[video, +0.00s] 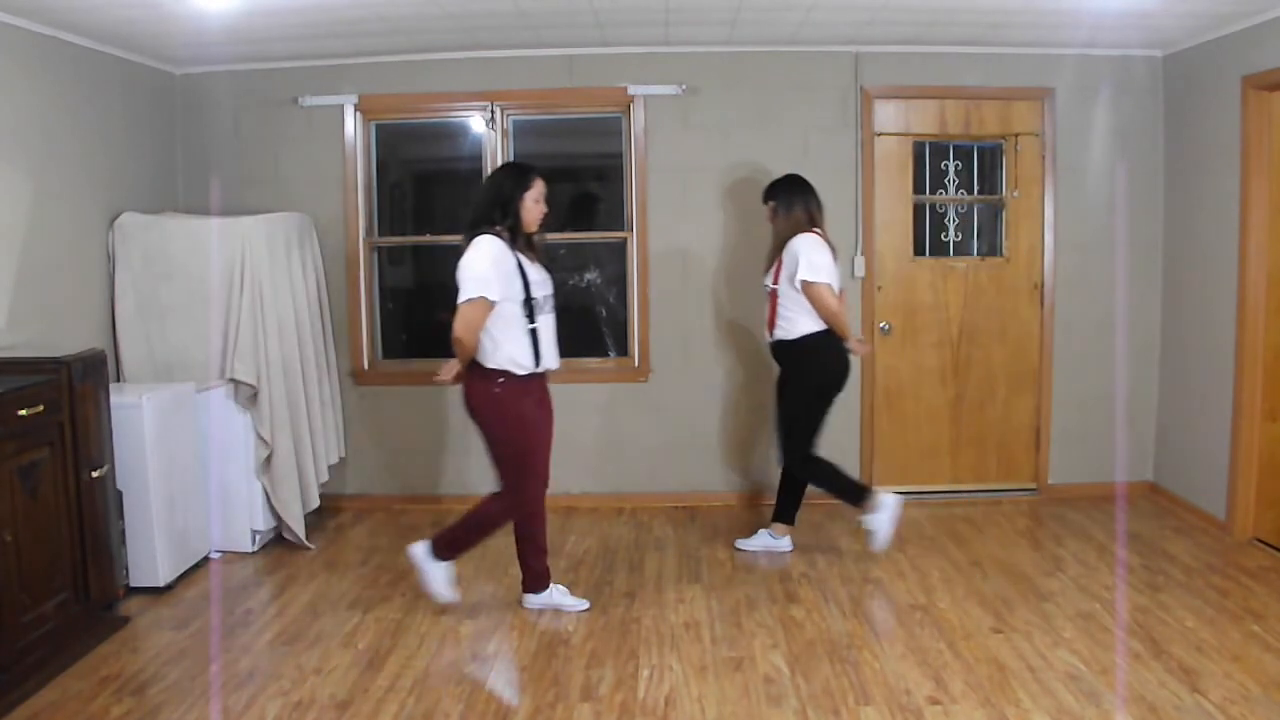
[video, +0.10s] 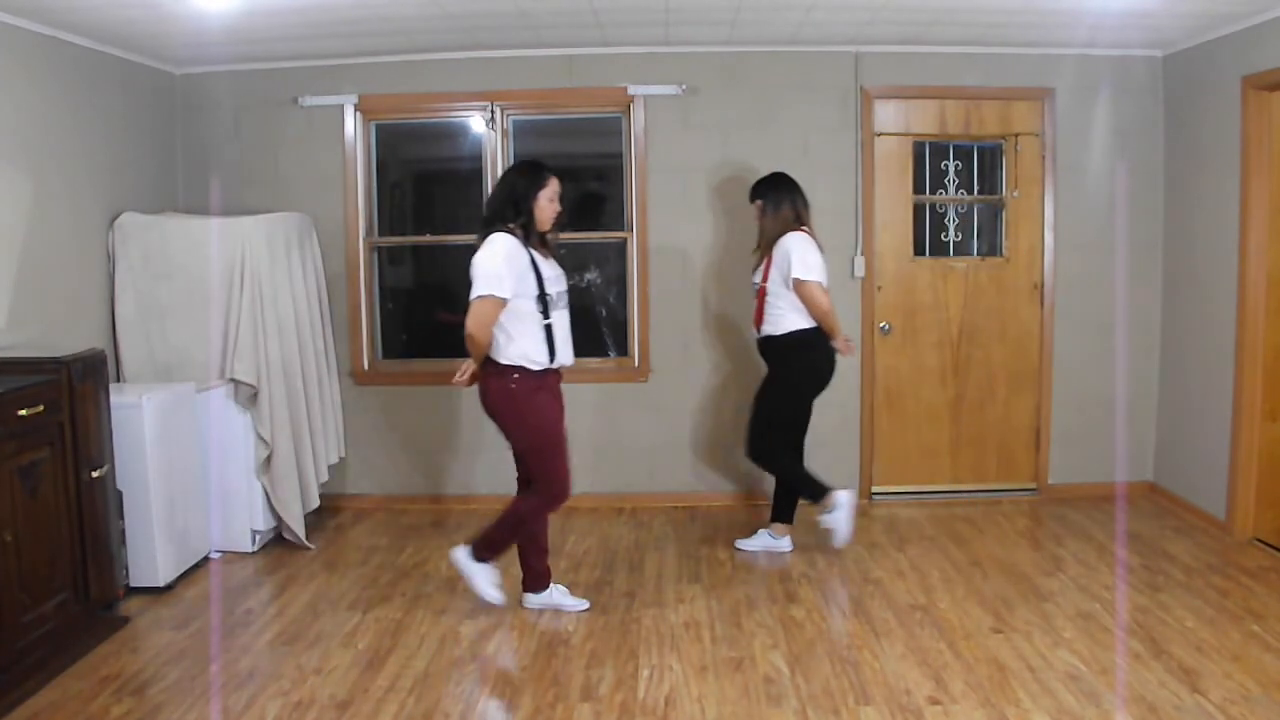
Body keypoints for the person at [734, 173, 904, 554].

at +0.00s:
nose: (769, 219)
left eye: (773, 211)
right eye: (769, 212)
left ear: (790, 209)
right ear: (804, 208)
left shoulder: (805, 244)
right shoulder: (808, 244)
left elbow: (821, 296)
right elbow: (837, 294)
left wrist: (847, 337)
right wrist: (844, 335)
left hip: (811, 355)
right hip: (807, 355)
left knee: (797, 453)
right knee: (796, 451)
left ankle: (874, 504)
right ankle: (779, 530)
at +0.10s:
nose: (757, 217)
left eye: (761, 209)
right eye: (756, 210)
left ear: (778, 207)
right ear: (788, 205)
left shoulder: (794, 242)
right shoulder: (783, 245)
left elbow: (811, 293)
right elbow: (806, 295)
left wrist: (836, 334)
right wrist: (835, 334)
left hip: (799, 352)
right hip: (792, 351)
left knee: (762, 445)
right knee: (787, 444)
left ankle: (830, 500)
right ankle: (779, 529)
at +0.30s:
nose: (731, 218)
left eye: (734, 209)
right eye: (730, 210)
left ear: (751, 208)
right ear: (761, 207)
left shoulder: (770, 243)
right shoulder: (762, 246)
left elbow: (791, 296)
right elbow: (786, 298)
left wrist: (812, 337)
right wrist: (812, 336)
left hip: (774, 353)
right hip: (771, 352)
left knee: (722, 437)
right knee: (777, 441)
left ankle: (778, 504)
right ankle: (776, 531)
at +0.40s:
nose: (720, 220)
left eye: (723, 211)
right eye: (719, 212)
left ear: (740, 209)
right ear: (750, 208)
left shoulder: (759, 244)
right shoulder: (752, 246)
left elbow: (777, 296)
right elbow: (775, 298)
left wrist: (801, 337)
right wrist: (800, 336)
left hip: (762, 353)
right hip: (759, 352)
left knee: (708, 436)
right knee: (769, 443)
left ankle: (750, 513)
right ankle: (778, 528)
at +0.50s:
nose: (707, 224)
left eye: (709, 215)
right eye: (705, 216)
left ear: (727, 212)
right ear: (733, 213)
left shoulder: (748, 247)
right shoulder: (734, 250)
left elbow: (764, 295)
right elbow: (756, 299)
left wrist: (787, 339)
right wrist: (783, 338)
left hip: (750, 357)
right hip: (743, 356)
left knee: (695, 439)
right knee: (760, 446)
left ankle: (705, 530)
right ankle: (777, 530)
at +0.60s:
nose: (691, 226)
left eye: (695, 218)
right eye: (689, 218)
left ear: (714, 216)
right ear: (718, 216)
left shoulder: (734, 251)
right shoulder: (717, 255)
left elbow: (750, 300)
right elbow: (738, 304)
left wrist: (774, 344)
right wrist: (771, 342)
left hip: (735, 362)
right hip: (724, 360)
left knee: (685, 446)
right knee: (748, 447)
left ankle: (654, 536)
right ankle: (776, 530)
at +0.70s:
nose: (673, 231)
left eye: (676, 222)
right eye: (671, 223)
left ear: (695, 221)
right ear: (699, 221)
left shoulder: (716, 257)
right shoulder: (700, 260)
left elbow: (742, 313)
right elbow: (731, 312)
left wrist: (755, 351)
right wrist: (753, 348)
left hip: (717, 366)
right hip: (708, 364)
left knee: (668, 450)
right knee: (735, 449)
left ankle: (625, 538)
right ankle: (774, 529)